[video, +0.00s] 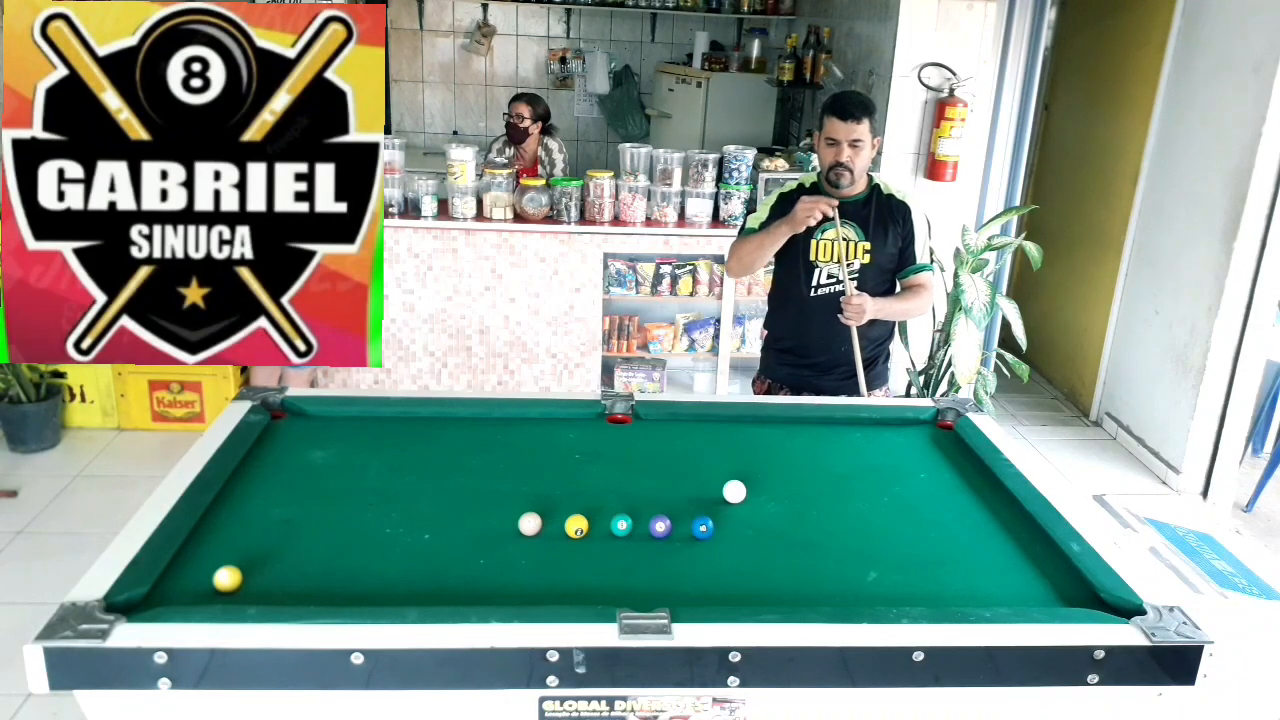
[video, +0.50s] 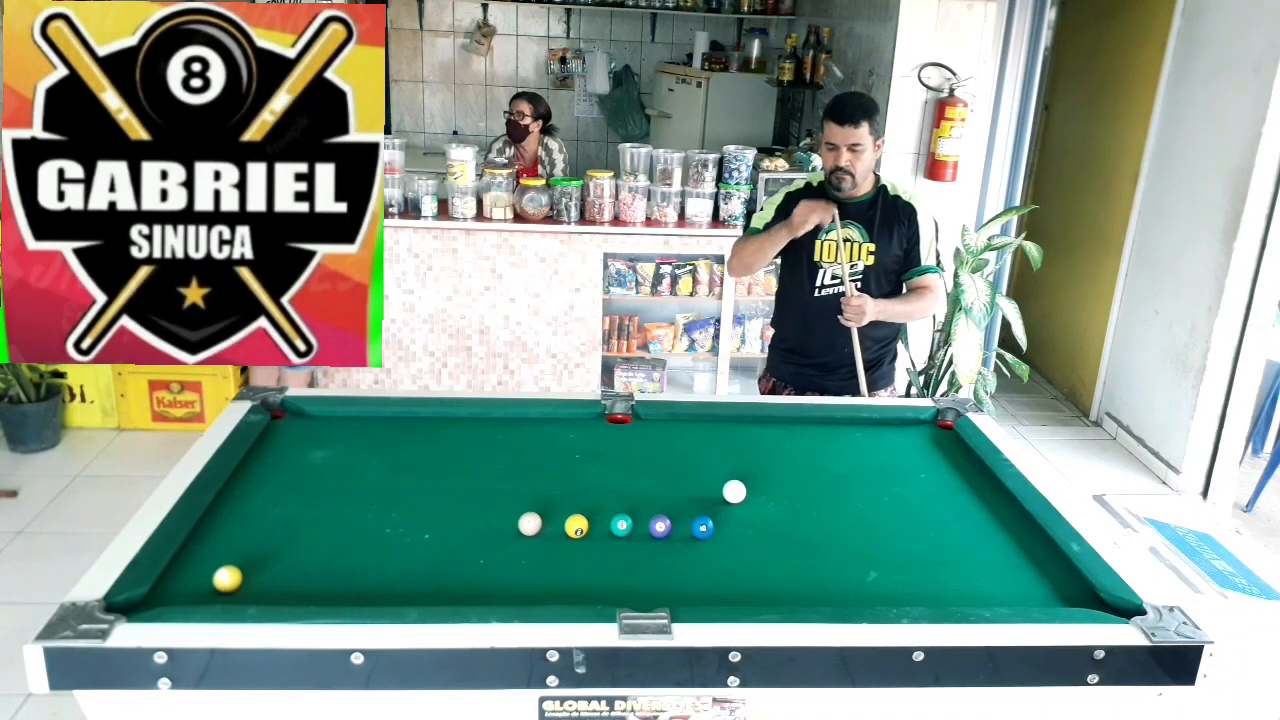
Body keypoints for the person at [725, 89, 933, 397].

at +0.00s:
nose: (842, 156)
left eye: (855, 145)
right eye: (832, 143)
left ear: (875, 148)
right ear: (817, 143)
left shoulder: (896, 214)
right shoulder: (788, 203)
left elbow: (921, 296)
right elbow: (736, 266)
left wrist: (874, 308)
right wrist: (787, 226)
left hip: (863, 391)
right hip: (785, 386)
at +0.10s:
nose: (842, 156)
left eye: (855, 145)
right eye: (832, 143)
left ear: (875, 148)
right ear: (817, 143)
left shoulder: (896, 215)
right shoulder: (787, 203)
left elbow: (922, 295)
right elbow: (736, 267)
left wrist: (874, 308)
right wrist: (792, 226)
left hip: (863, 392)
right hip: (785, 387)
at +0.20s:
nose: (842, 156)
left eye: (855, 145)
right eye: (832, 143)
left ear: (876, 148)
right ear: (817, 142)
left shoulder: (898, 214)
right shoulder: (787, 203)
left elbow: (922, 296)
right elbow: (735, 267)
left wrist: (874, 308)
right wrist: (785, 230)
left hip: (863, 391)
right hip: (785, 386)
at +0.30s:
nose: (842, 156)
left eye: (855, 145)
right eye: (832, 143)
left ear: (876, 147)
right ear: (818, 143)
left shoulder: (900, 214)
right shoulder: (788, 203)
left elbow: (924, 296)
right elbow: (737, 268)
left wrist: (873, 308)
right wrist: (790, 230)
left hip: (864, 391)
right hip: (786, 386)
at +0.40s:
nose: (842, 156)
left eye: (856, 145)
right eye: (833, 143)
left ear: (877, 148)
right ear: (819, 143)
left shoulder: (900, 215)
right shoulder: (790, 203)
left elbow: (925, 297)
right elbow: (737, 268)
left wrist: (874, 309)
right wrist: (788, 229)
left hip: (865, 390)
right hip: (788, 385)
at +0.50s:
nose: (840, 161)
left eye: (854, 149)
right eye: (831, 148)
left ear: (878, 148)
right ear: (820, 147)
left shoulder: (903, 215)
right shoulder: (793, 202)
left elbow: (930, 297)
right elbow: (737, 266)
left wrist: (875, 309)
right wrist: (790, 228)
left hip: (869, 391)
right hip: (791, 386)